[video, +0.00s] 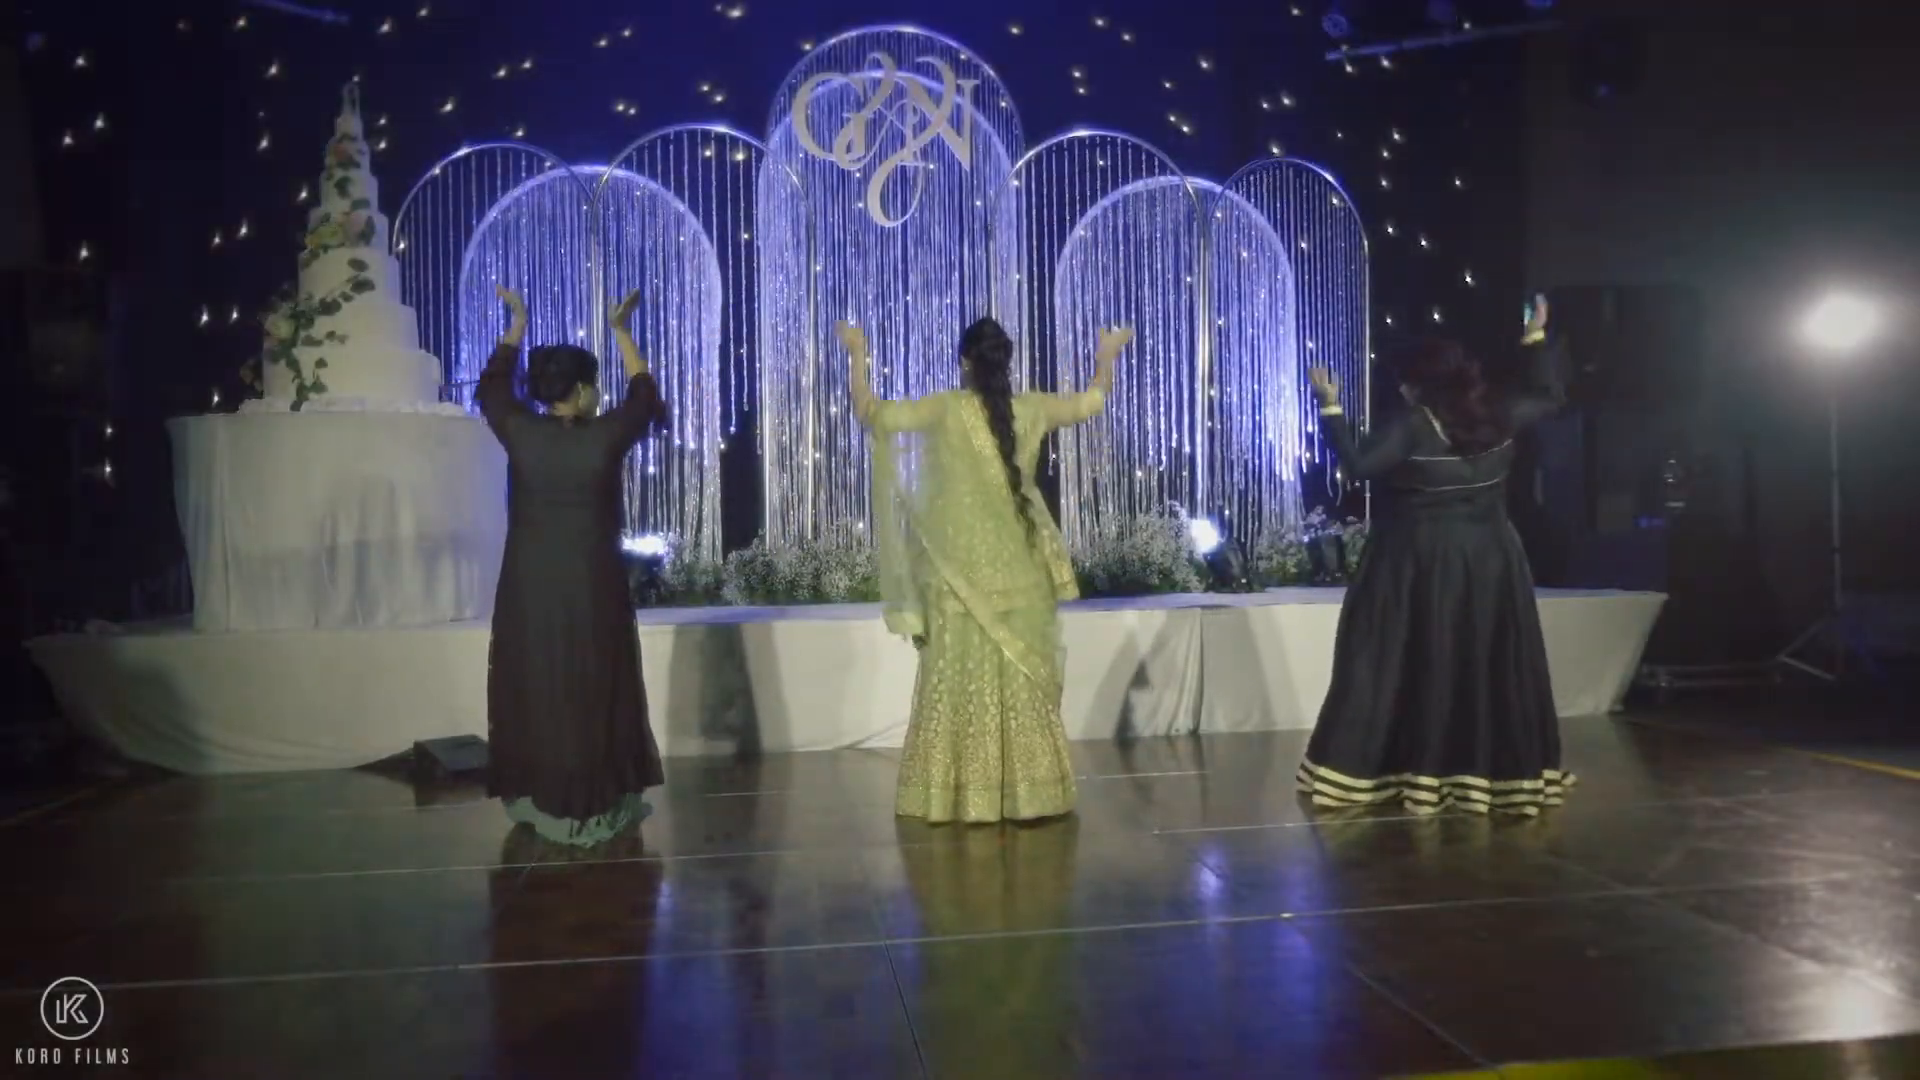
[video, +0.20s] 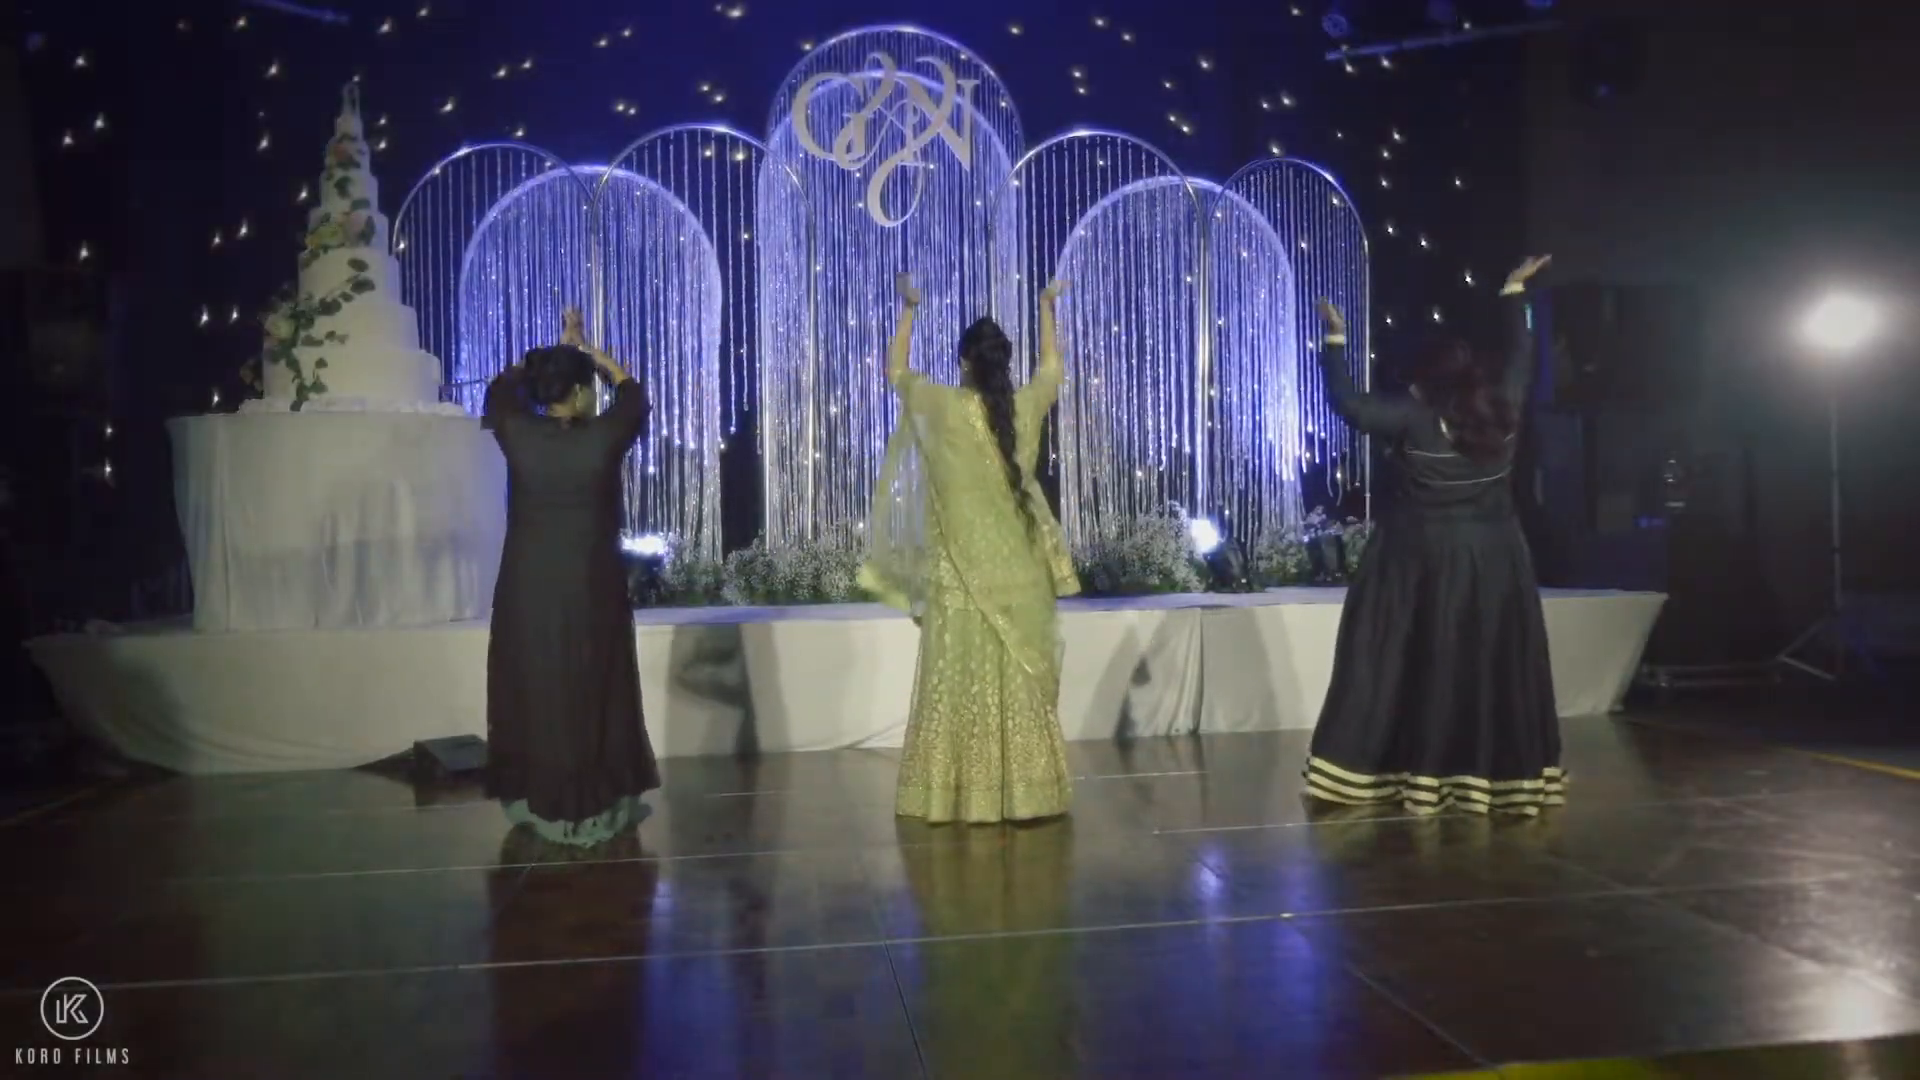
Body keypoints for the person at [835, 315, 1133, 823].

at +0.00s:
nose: (962, 364)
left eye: (962, 357)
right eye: (972, 356)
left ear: (964, 362)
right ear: (1007, 361)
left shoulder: (944, 408)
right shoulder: (1033, 408)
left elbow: (870, 413)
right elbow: (1093, 402)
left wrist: (857, 354)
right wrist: (1108, 355)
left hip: (960, 565)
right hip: (1022, 565)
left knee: (963, 684)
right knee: (1025, 681)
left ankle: (966, 796)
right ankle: (1028, 796)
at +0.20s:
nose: (968, 360)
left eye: (965, 353)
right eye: (984, 353)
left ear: (963, 362)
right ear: (1007, 364)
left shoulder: (938, 404)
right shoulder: (1025, 407)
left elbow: (896, 371)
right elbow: (1053, 365)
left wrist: (907, 311)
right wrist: (1048, 306)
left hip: (962, 564)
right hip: (1022, 561)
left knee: (961, 682)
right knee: (1024, 681)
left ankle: (962, 796)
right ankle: (1027, 795)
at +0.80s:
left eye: (963, 358)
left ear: (958, 363)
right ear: (1005, 362)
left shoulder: (938, 407)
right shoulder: (1024, 407)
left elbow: (886, 377)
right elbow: (1062, 384)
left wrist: (932, 338)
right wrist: (1017, 343)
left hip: (956, 564)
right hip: (1016, 562)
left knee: (957, 684)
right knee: (1021, 681)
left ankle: (958, 795)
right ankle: (1024, 796)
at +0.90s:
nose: (963, 365)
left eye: (962, 358)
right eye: (975, 357)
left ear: (961, 363)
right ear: (1005, 363)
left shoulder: (939, 406)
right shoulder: (1027, 408)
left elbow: (874, 401)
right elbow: (1078, 398)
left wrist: (904, 361)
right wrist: (1047, 358)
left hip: (958, 563)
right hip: (1017, 562)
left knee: (958, 682)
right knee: (1022, 679)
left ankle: (961, 795)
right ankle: (1026, 794)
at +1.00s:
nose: (959, 366)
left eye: (960, 358)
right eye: (968, 358)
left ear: (962, 363)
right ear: (1005, 362)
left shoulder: (942, 407)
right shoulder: (1029, 408)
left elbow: (875, 430)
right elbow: (1089, 407)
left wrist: (879, 386)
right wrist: (1075, 362)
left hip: (958, 568)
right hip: (1018, 567)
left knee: (958, 685)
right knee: (1022, 681)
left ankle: (962, 795)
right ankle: (1025, 795)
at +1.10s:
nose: (958, 366)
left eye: (958, 359)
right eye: (963, 358)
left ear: (961, 363)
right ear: (1003, 361)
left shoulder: (945, 409)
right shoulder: (1030, 410)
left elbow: (887, 450)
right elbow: (1089, 424)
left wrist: (872, 396)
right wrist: (1089, 371)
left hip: (957, 571)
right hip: (1018, 572)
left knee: (957, 687)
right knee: (1021, 684)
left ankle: (961, 796)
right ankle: (1024, 797)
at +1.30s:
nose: (955, 368)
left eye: (955, 361)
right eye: (959, 360)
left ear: (960, 364)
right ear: (1000, 360)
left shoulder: (946, 409)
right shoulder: (1028, 411)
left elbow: (894, 455)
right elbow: (1085, 442)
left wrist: (868, 401)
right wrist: (1105, 405)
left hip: (962, 574)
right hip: (1022, 575)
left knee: (963, 689)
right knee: (1025, 687)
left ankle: (965, 796)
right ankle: (1026, 797)